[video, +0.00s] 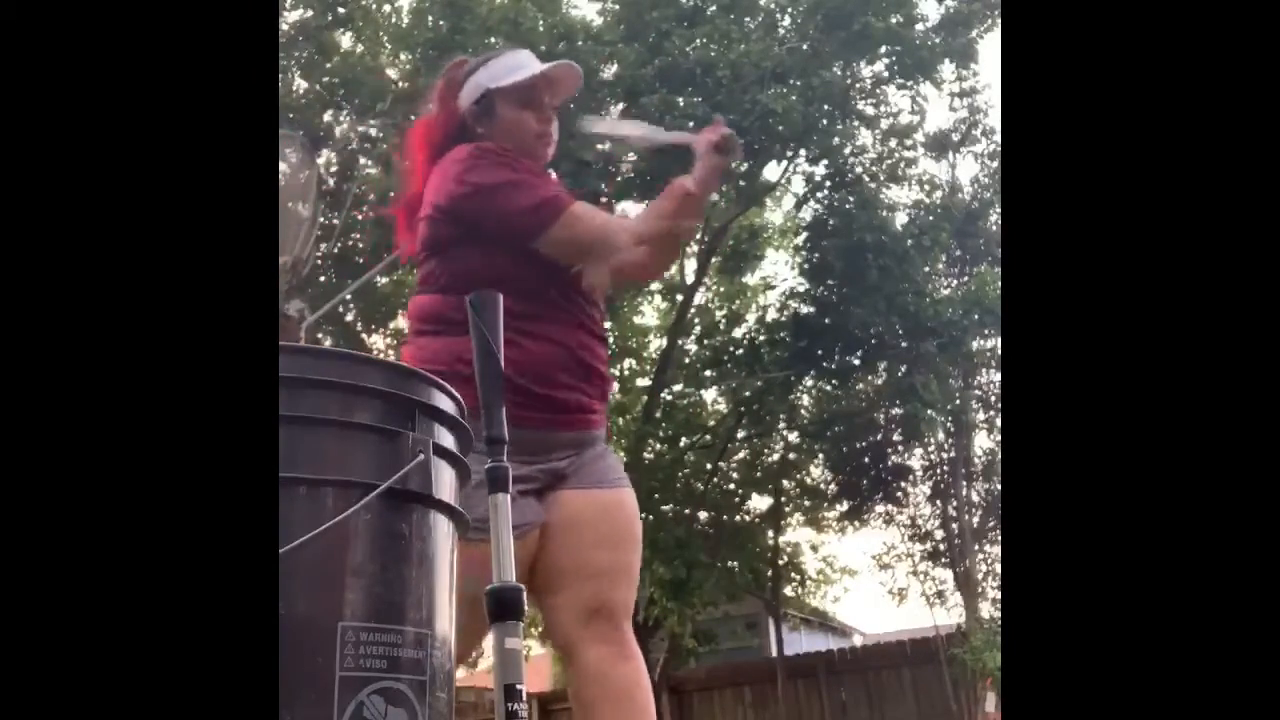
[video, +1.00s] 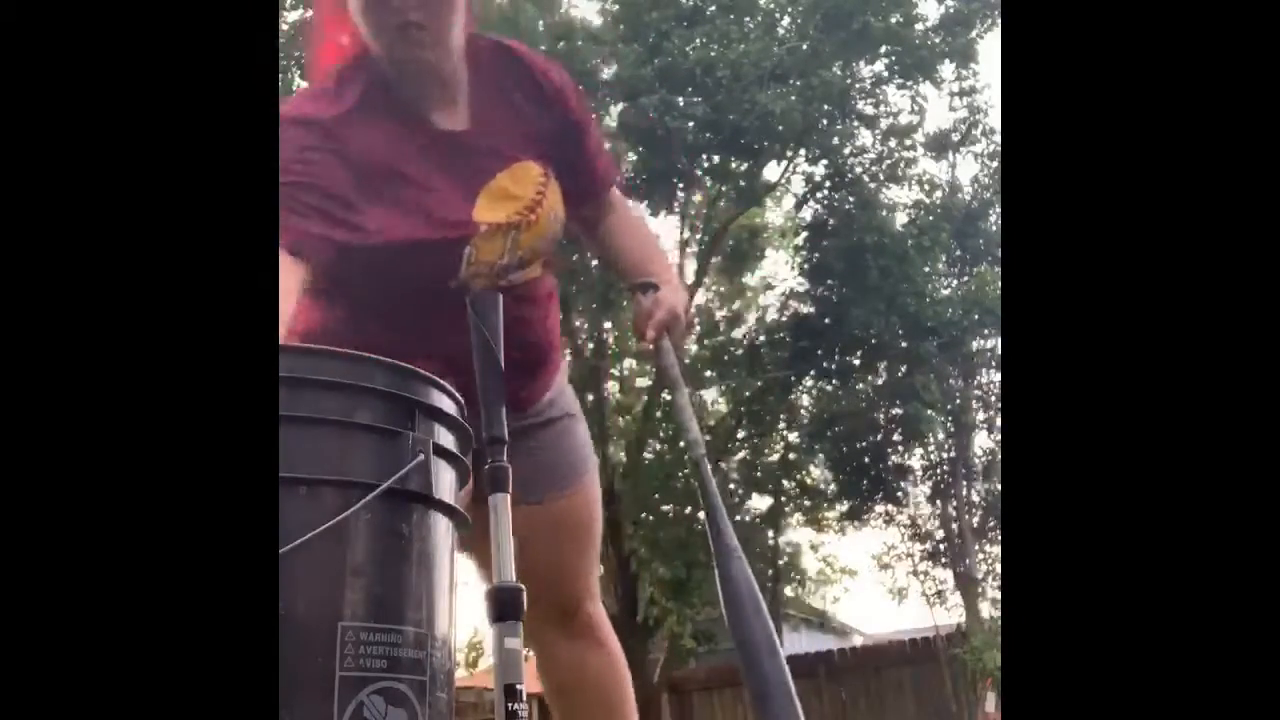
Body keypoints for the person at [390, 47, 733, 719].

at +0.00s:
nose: (550, 119)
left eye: (552, 106)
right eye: (530, 104)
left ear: (552, 112)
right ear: (481, 115)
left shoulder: (550, 199)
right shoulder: (470, 174)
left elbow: (639, 259)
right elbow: (617, 242)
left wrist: (697, 182)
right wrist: (699, 177)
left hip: (581, 450)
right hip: (478, 452)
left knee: (605, 634)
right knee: (439, 653)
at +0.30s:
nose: (591, 96)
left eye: (601, 82)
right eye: (569, 81)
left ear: (612, 95)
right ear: (527, 91)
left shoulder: (620, 189)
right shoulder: (514, 154)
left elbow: (666, 277)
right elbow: (603, 226)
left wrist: (773, 253)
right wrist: (740, 235)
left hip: (611, 430)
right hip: (490, 426)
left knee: (630, 624)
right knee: (460, 629)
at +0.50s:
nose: (584, 66)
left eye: (597, 50)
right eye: (561, 55)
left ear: (620, 63)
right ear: (530, 70)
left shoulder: (662, 167)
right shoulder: (504, 138)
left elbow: (700, 271)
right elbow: (511, 230)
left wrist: (779, 299)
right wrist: (654, 254)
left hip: (620, 423)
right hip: (486, 407)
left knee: (632, 628)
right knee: (473, 578)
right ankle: (405, 706)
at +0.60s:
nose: (569, 54)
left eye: (584, 36)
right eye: (548, 42)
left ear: (609, 46)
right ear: (520, 55)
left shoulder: (655, 152)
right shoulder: (474, 135)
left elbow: (700, 259)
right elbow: (430, 236)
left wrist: (752, 308)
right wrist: (576, 265)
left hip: (618, 419)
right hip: (481, 402)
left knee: (630, 622)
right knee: (467, 568)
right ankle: (398, 706)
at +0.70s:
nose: (544, 32)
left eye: (560, 16)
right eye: (522, 20)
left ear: (589, 28)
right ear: (495, 38)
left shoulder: (644, 142)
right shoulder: (449, 125)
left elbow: (682, 252)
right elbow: (371, 233)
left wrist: (714, 308)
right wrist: (462, 276)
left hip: (605, 418)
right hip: (467, 407)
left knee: (626, 625)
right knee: (455, 577)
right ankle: (391, 701)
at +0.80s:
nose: (504, 17)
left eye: (524, 1)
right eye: (482, 2)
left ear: (555, 17)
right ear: (454, 18)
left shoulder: (612, 127)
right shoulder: (396, 123)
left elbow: (653, 248)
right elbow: (318, 238)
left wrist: (689, 305)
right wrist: (354, 303)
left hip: (586, 419)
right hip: (449, 417)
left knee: (616, 639)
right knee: (424, 632)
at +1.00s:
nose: (410, 7)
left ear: (467, 3)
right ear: (353, 11)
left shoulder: (532, 87)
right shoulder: (310, 130)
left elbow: (601, 207)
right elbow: (285, 275)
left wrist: (660, 278)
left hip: (524, 403)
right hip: (370, 413)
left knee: (574, 617)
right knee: (357, 638)